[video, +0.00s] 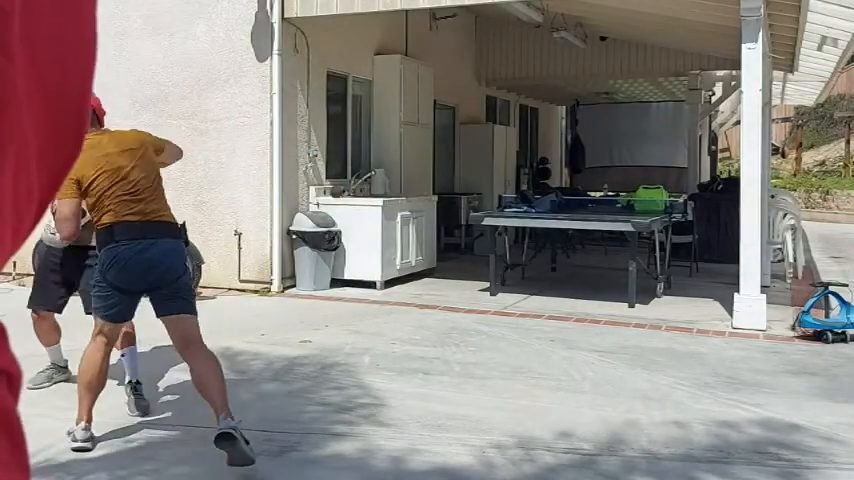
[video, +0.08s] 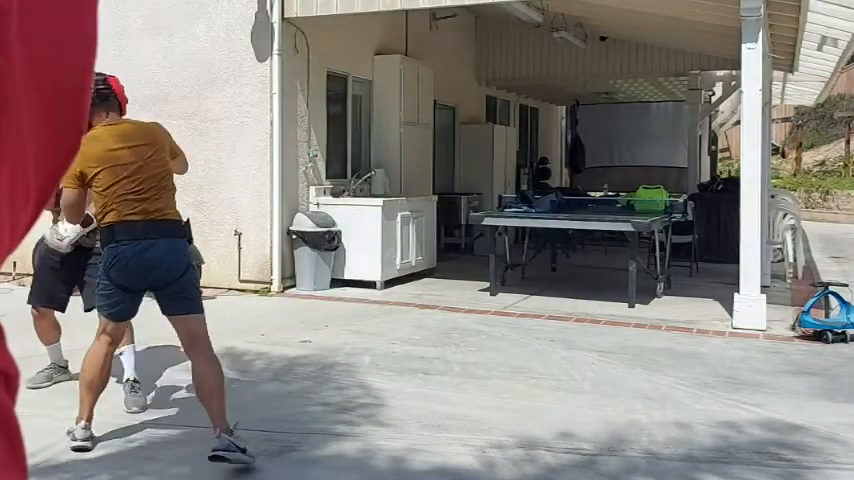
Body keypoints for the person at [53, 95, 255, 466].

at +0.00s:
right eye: (98, 112)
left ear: (73, 124)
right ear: (99, 115)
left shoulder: (72, 161)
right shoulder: (136, 139)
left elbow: (66, 231)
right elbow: (174, 152)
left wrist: (81, 217)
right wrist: (137, 162)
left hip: (119, 247)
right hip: (167, 242)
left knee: (102, 337)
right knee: (191, 344)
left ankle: (83, 426)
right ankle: (226, 421)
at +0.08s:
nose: (90, 125)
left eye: (89, 118)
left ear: (89, 113)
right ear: (121, 106)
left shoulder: (87, 144)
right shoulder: (154, 130)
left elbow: (72, 213)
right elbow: (180, 165)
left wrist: (93, 191)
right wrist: (140, 165)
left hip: (121, 249)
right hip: (172, 244)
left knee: (107, 336)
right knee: (199, 346)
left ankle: (83, 426)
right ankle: (223, 433)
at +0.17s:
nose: (96, 113)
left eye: (97, 106)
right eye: (98, 107)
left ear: (100, 105)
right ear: (139, 98)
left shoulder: (95, 139)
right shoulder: (170, 130)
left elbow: (81, 202)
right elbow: (174, 175)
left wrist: (111, 172)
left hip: (128, 251)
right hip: (178, 248)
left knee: (110, 337)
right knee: (200, 351)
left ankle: (83, 424)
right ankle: (215, 444)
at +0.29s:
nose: (177, 103)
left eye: (130, 102)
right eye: (174, 97)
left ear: (132, 105)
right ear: (172, 99)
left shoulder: (116, 141)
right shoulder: (199, 138)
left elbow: (98, 203)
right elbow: (193, 186)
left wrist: (129, 176)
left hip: (141, 258)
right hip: (192, 256)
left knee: (122, 337)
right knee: (207, 355)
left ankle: (88, 418)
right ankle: (214, 451)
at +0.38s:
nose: (195, 106)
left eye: (191, 100)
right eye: (194, 100)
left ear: (153, 102)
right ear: (193, 102)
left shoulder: (132, 137)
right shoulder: (217, 142)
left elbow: (100, 194)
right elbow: (214, 199)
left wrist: (132, 177)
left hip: (149, 256)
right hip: (199, 255)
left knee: (134, 333)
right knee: (213, 356)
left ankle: (96, 409)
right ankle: (215, 451)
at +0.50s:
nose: (210, 106)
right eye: (210, 101)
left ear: (167, 99)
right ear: (207, 101)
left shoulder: (142, 131)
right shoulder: (225, 138)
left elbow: (100, 178)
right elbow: (225, 194)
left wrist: (124, 174)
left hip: (150, 250)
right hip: (199, 253)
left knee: (144, 328)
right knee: (212, 353)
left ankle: (113, 408)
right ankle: (215, 450)